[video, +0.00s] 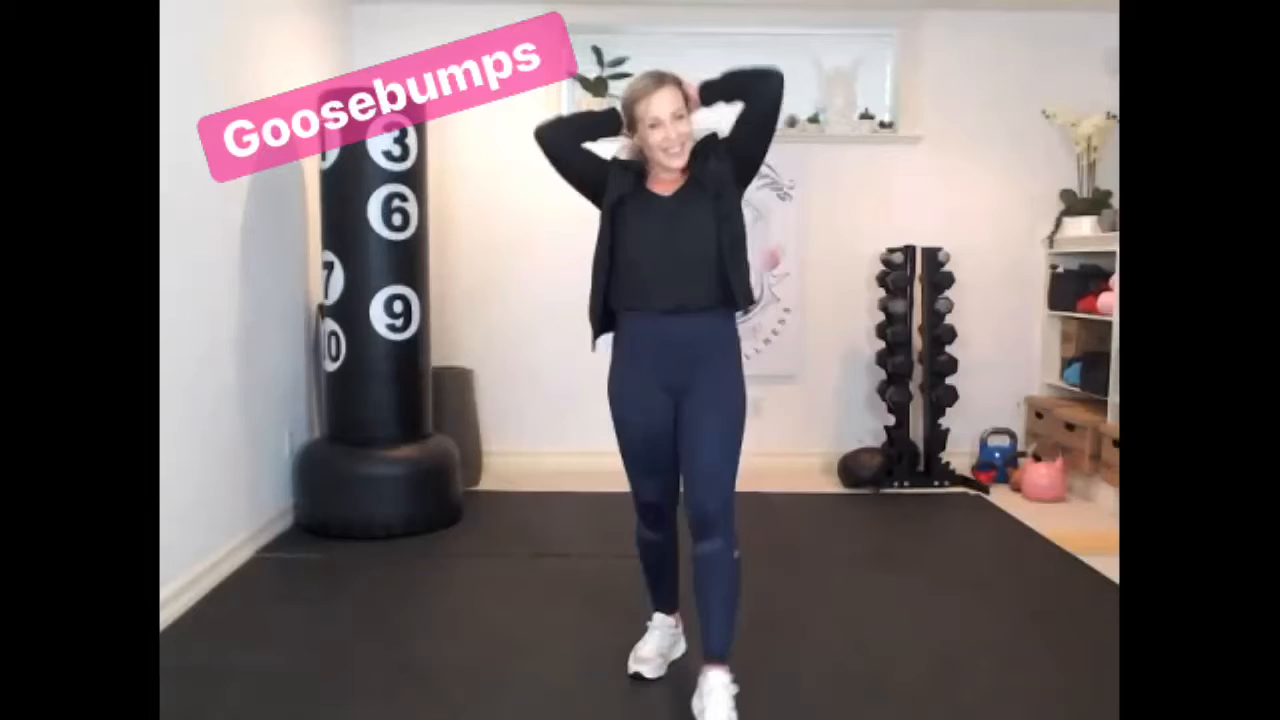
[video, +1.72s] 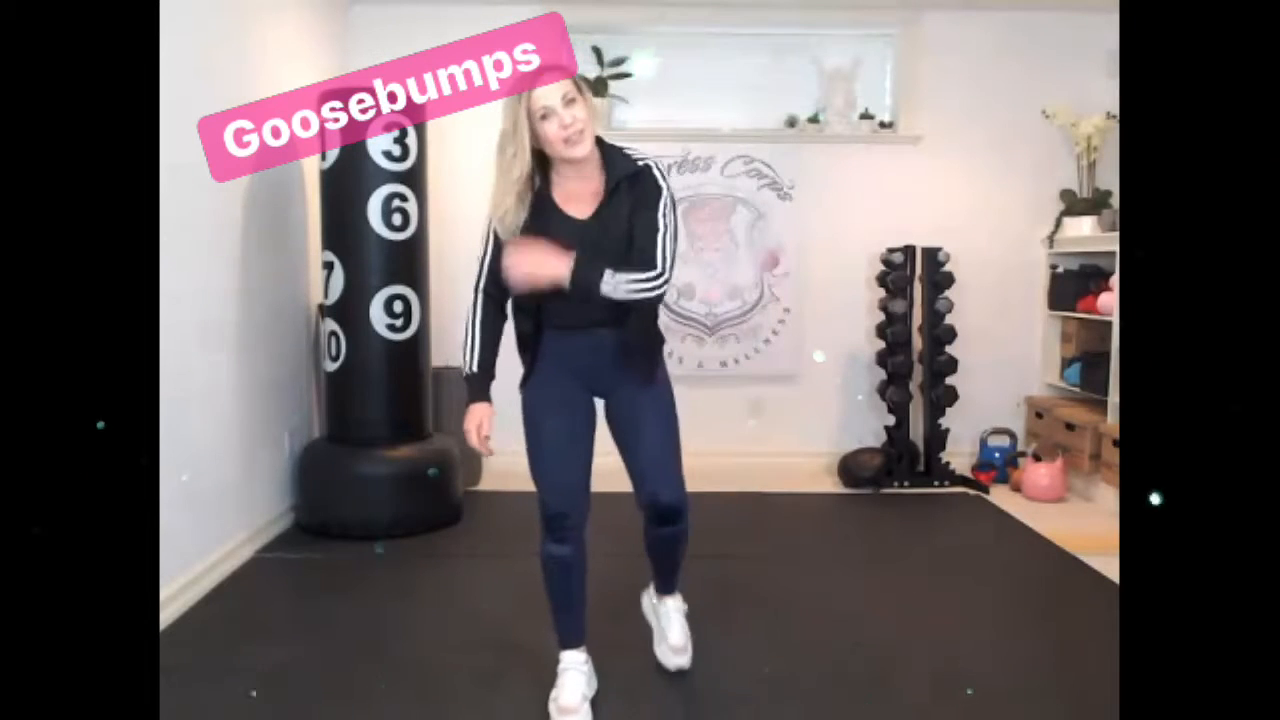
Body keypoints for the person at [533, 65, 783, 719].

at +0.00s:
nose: (671, 134)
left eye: (678, 119)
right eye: (656, 124)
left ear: (694, 118)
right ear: (635, 134)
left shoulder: (724, 170)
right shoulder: (615, 185)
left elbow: (768, 85)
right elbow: (551, 138)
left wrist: (697, 93)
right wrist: (622, 122)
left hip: (713, 359)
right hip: (638, 360)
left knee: (711, 513)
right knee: (652, 506)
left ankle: (717, 671)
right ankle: (663, 621)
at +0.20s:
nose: (671, 125)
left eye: (677, 111)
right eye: (654, 118)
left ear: (696, 115)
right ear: (634, 135)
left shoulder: (730, 167)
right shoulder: (616, 188)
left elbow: (775, 81)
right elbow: (541, 159)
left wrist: (711, 97)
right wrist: (610, 124)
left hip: (725, 362)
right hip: (645, 365)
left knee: (714, 525)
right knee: (649, 518)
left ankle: (710, 681)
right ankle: (661, 618)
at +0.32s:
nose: (668, 111)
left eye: (672, 96)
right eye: (649, 107)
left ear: (689, 101)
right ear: (630, 126)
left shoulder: (728, 162)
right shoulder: (619, 192)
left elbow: (767, 212)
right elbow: (569, 277)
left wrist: (747, 129)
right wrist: (538, 204)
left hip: (727, 363)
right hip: (648, 365)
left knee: (717, 528)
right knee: (625, 519)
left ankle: (711, 682)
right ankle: (644, 611)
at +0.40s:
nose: (666, 109)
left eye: (669, 94)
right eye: (647, 106)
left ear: (685, 99)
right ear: (630, 126)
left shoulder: (728, 172)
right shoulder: (619, 192)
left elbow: (767, 247)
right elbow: (580, 291)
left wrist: (743, 158)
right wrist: (531, 241)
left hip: (726, 366)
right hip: (647, 366)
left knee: (717, 525)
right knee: (620, 519)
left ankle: (711, 682)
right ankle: (635, 617)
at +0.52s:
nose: (660, 119)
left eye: (662, 102)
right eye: (640, 118)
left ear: (676, 102)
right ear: (621, 139)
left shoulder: (728, 175)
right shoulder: (613, 191)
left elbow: (754, 282)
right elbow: (593, 285)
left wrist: (705, 214)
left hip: (717, 369)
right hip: (635, 370)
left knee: (712, 531)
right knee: (611, 526)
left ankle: (710, 682)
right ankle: (590, 654)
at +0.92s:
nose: (611, 148)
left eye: (613, 133)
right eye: (592, 142)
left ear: (624, 129)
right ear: (557, 154)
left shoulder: (664, 187)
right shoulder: (542, 204)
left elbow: (657, 282)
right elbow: (515, 296)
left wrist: (602, 209)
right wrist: (492, 395)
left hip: (649, 374)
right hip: (569, 376)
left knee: (671, 521)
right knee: (574, 522)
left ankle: (704, 676)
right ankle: (577, 656)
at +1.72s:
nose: (566, 120)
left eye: (572, 104)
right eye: (548, 116)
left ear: (591, 106)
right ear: (533, 135)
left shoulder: (640, 177)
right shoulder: (520, 199)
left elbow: (655, 279)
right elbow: (489, 294)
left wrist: (569, 268)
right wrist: (480, 392)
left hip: (635, 363)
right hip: (553, 369)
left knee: (667, 503)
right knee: (561, 516)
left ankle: (666, 598)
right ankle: (572, 657)